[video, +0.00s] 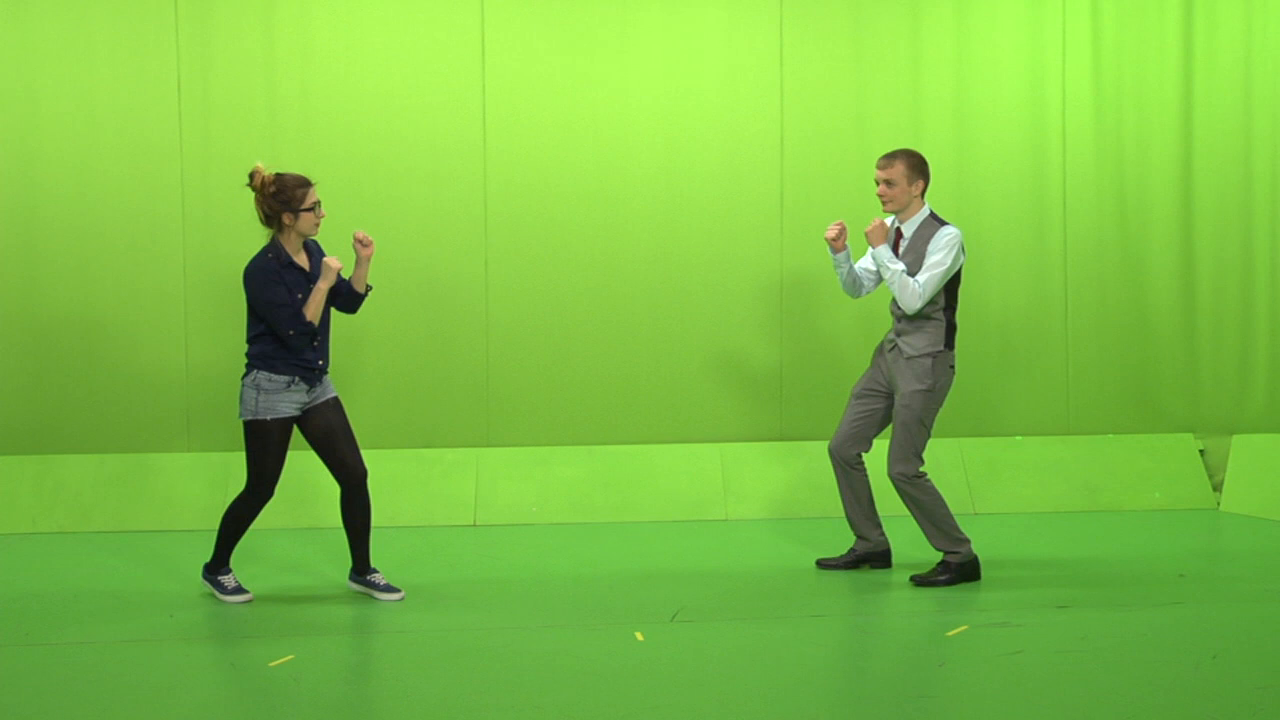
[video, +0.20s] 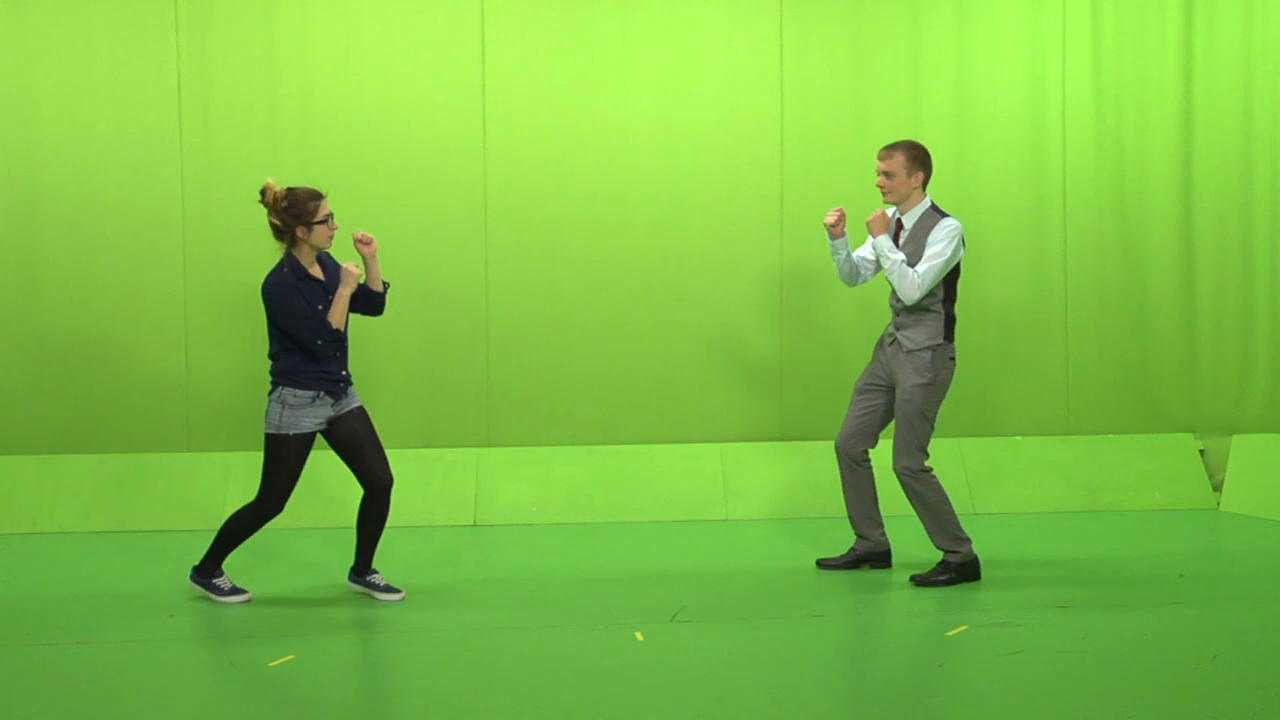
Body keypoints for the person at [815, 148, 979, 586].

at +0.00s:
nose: (881, 192)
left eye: (889, 184)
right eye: (878, 184)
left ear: (918, 187)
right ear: (881, 186)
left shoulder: (947, 238)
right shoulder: (888, 232)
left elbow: (913, 299)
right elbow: (856, 287)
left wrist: (883, 250)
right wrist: (840, 253)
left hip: (926, 362)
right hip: (890, 355)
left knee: (903, 467)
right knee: (844, 448)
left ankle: (961, 557)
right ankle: (871, 546)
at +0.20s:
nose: (880, 183)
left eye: (888, 176)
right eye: (879, 175)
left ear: (918, 179)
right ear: (891, 180)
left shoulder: (947, 230)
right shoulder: (890, 224)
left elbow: (912, 290)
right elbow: (852, 275)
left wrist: (883, 241)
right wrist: (837, 238)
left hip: (926, 355)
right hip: (890, 349)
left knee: (909, 460)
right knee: (850, 444)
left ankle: (961, 556)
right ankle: (872, 546)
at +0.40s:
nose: (880, 188)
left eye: (888, 181)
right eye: (879, 181)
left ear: (917, 186)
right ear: (893, 187)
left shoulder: (948, 238)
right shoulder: (891, 231)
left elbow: (914, 301)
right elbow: (852, 281)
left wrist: (883, 253)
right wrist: (839, 244)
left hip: (928, 361)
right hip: (892, 354)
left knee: (905, 466)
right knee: (846, 448)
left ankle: (961, 557)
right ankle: (872, 546)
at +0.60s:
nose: (881, 183)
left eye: (888, 176)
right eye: (880, 175)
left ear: (919, 179)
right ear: (894, 181)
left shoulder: (949, 232)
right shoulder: (890, 224)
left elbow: (914, 294)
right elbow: (852, 276)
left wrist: (884, 245)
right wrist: (839, 238)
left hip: (929, 356)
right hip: (891, 351)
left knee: (909, 461)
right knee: (851, 446)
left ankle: (961, 557)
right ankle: (872, 546)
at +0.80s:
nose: (881, 182)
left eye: (888, 174)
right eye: (880, 174)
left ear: (919, 178)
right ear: (896, 180)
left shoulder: (949, 232)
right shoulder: (890, 222)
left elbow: (911, 292)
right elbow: (849, 272)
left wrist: (883, 243)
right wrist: (839, 232)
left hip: (929, 356)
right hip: (891, 350)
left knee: (910, 461)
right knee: (851, 445)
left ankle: (961, 557)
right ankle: (872, 546)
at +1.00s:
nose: (883, 189)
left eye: (890, 182)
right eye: (882, 181)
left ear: (921, 186)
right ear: (900, 188)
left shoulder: (950, 239)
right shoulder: (892, 229)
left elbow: (911, 299)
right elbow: (851, 279)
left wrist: (883, 249)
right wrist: (841, 239)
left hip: (926, 362)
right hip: (889, 357)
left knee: (903, 467)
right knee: (843, 448)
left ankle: (961, 557)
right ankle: (871, 546)